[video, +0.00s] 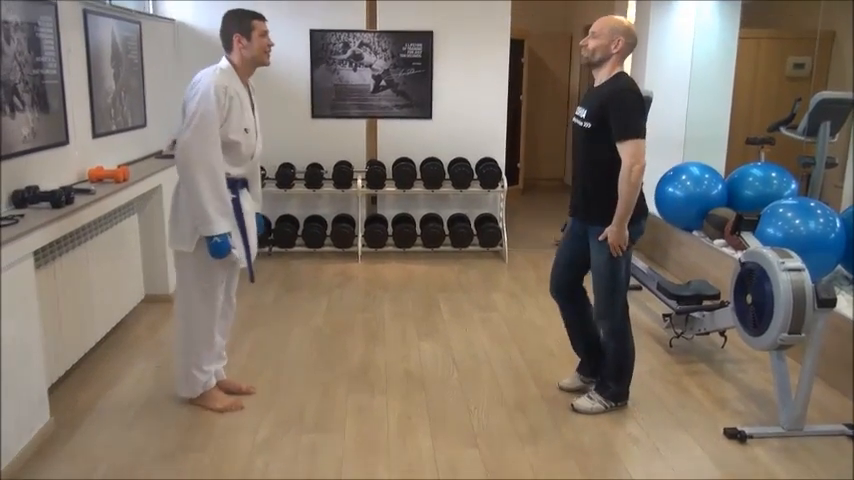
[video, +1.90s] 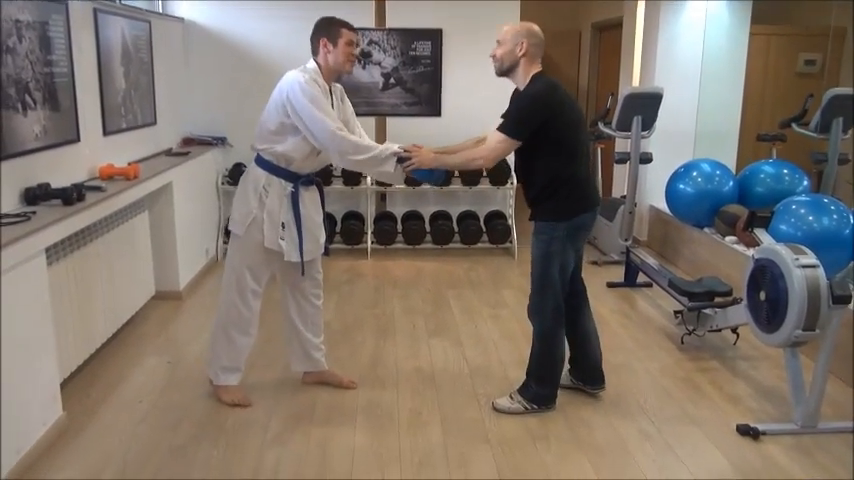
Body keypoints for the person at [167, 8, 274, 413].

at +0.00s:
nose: (271, 42)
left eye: (269, 35)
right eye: (264, 36)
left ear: (244, 42)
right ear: (240, 41)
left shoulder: (243, 87)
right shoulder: (211, 86)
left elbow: (244, 158)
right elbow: (197, 158)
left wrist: (254, 209)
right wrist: (214, 227)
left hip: (233, 202)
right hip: (207, 204)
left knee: (224, 295)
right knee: (203, 297)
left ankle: (214, 372)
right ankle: (197, 386)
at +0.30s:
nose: (265, 78)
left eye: (263, 70)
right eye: (258, 70)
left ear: (237, 75)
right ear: (233, 74)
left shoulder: (245, 120)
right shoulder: (208, 119)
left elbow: (260, 188)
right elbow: (208, 192)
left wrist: (276, 238)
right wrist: (242, 255)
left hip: (253, 234)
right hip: (218, 238)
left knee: (267, 319)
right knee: (213, 333)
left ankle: (235, 397)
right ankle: (201, 422)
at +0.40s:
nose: (268, 83)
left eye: (268, 76)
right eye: (263, 75)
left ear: (245, 77)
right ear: (237, 76)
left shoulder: (251, 123)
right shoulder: (210, 121)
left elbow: (267, 189)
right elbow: (222, 195)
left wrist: (287, 237)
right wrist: (268, 244)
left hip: (255, 235)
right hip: (220, 239)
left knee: (279, 315)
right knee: (216, 335)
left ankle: (274, 403)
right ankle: (204, 425)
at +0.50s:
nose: (277, 88)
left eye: (277, 82)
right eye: (271, 81)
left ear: (252, 82)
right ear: (246, 79)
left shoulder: (257, 126)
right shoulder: (215, 124)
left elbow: (276, 186)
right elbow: (242, 192)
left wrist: (303, 225)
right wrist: (298, 225)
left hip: (263, 236)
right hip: (225, 238)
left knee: (283, 321)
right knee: (218, 333)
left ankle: (303, 405)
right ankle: (205, 425)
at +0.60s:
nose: (288, 93)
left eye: (290, 86)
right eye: (284, 85)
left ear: (265, 84)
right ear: (259, 81)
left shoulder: (271, 129)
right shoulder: (228, 125)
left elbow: (294, 188)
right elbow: (264, 186)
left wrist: (334, 224)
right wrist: (329, 206)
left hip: (269, 238)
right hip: (232, 238)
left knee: (288, 323)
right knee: (220, 335)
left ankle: (312, 403)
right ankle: (206, 424)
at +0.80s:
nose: (322, 95)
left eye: (323, 88)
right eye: (318, 86)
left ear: (297, 83)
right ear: (294, 81)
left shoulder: (290, 124)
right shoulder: (263, 121)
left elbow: (315, 182)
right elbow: (311, 175)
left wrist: (366, 210)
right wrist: (378, 192)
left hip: (283, 231)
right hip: (248, 230)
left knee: (295, 317)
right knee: (232, 326)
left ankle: (309, 402)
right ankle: (211, 418)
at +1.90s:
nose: (355, 54)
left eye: (357, 47)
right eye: (349, 45)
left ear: (337, 49)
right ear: (325, 46)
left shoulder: (337, 94)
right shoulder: (297, 84)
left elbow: (361, 146)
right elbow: (336, 144)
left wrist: (403, 170)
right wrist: (396, 153)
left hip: (304, 195)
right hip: (267, 189)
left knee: (307, 281)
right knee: (246, 284)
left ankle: (313, 367)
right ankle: (223, 376)